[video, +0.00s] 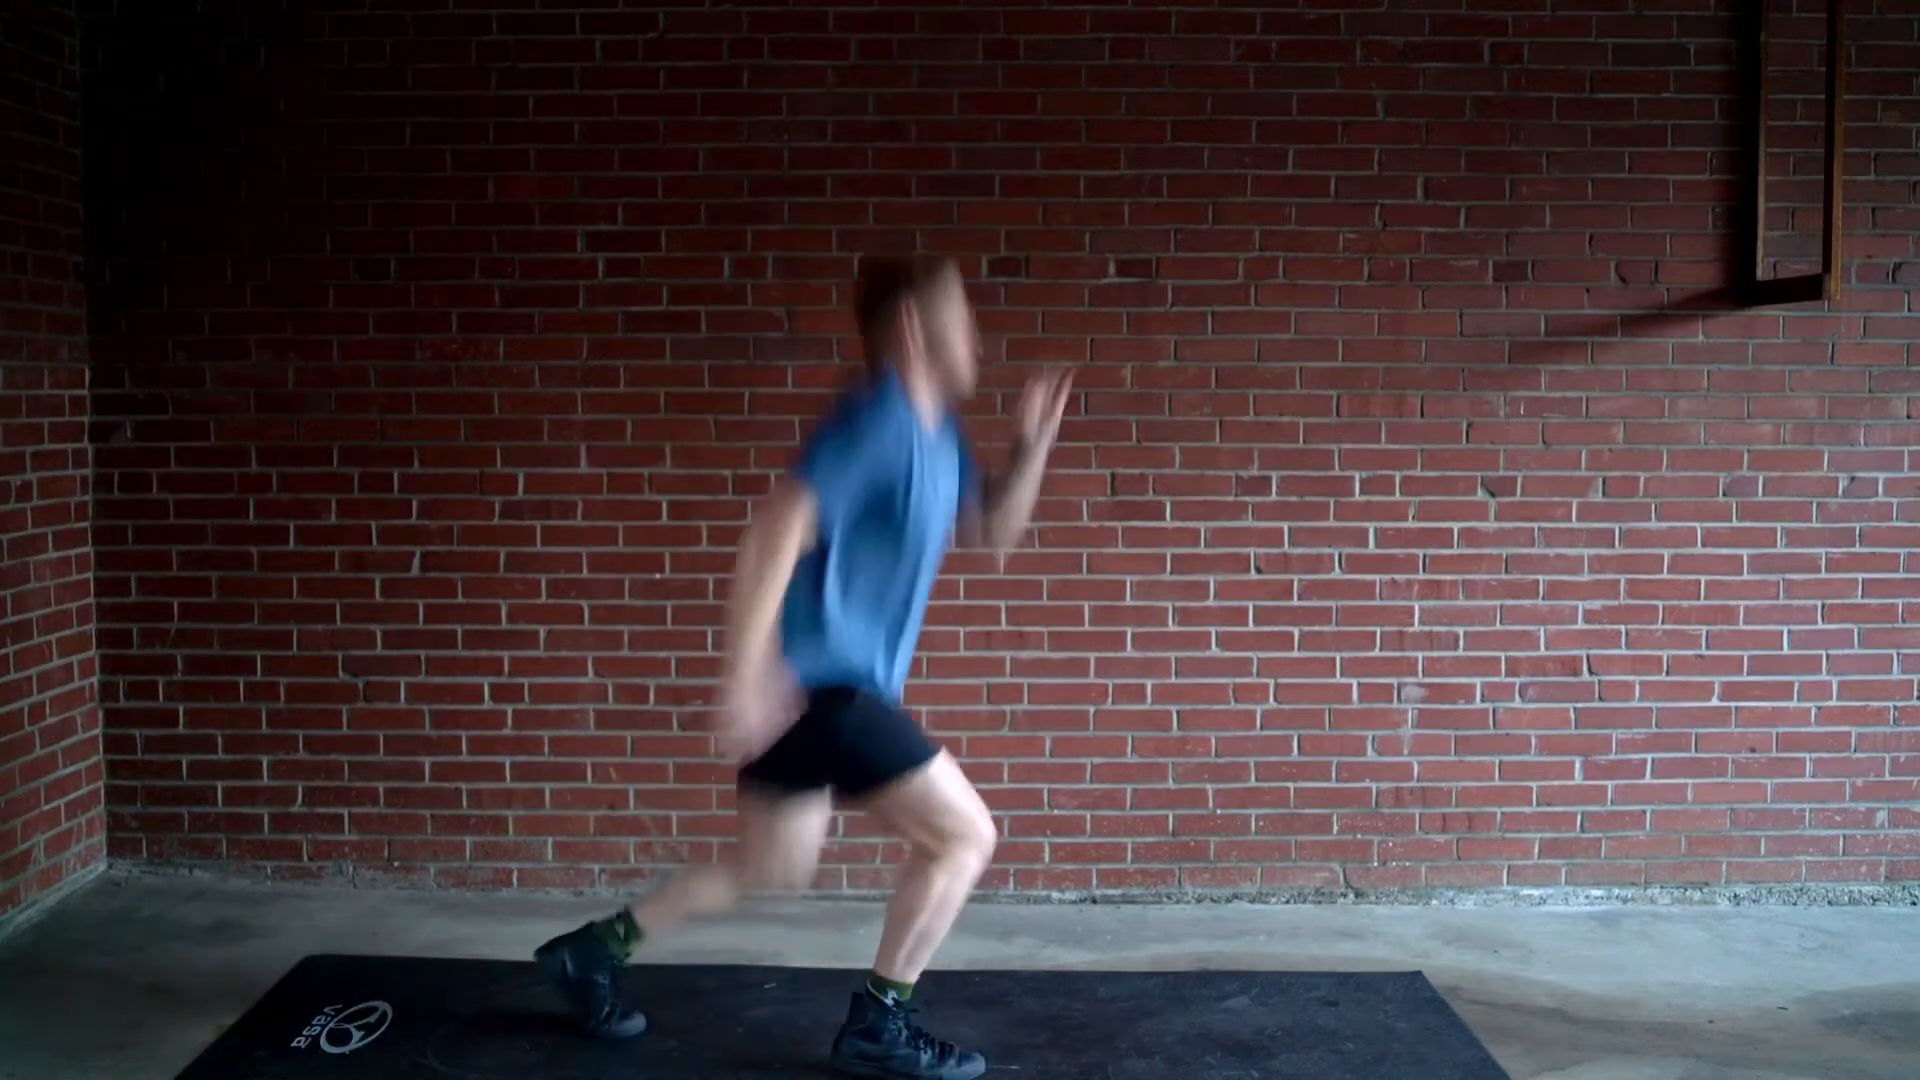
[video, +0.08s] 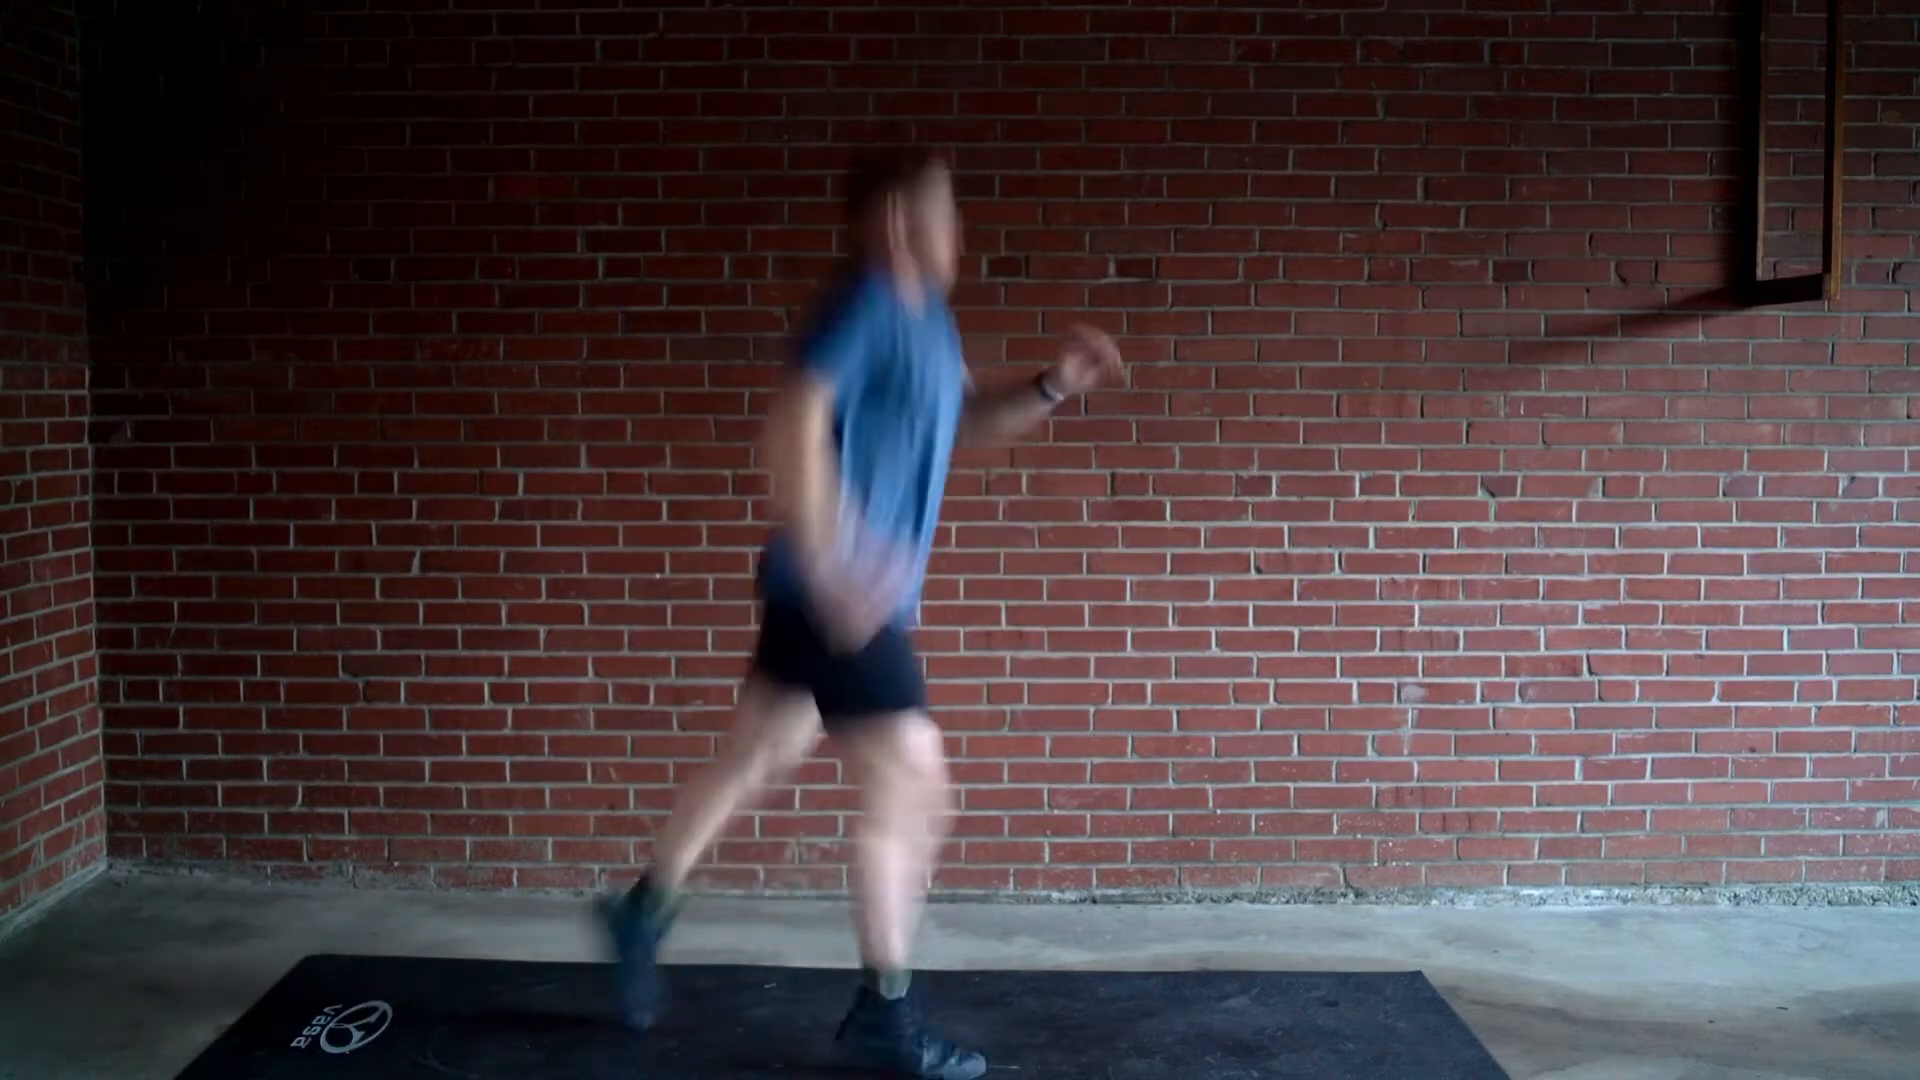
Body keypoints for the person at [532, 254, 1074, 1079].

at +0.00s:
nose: (973, 332)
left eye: (969, 314)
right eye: (958, 314)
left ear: (920, 324)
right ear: (909, 323)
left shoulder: (937, 430)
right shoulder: (877, 418)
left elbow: (995, 531)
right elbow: (778, 524)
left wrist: (1030, 448)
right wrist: (745, 672)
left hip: (826, 680)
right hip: (820, 682)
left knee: (774, 865)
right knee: (963, 835)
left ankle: (595, 949)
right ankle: (880, 1021)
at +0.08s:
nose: (952, 226)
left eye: (951, 209)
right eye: (936, 208)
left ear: (939, 223)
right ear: (890, 218)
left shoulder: (932, 320)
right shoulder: (864, 307)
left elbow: (955, 430)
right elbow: (794, 424)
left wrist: (1050, 391)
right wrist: (826, 564)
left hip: (849, 582)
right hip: (839, 583)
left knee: (756, 753)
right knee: (908, 782)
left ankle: (642, 910)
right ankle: (887, 1009)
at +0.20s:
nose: (958, 116)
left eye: (956, 98)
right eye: (944, 97)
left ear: (898, 105)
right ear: (893, 103)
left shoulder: (894, 199)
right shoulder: (877, 193)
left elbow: (885, 347)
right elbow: (852, 331)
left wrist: (949, 429)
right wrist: (990, 352)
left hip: (843, 466)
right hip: (851, 470)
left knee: (807, 672)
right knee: (850, 680)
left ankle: (759, 846)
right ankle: (795, 875)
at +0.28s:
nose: (968, 88)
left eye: (967, 71)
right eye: (957, 70)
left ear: (911, 74)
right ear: (906, 72)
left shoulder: (906, 166)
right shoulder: (879, 165)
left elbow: (915, 296)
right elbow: (917, 299)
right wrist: (1023, 249)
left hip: (879, 439)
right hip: (852, 441)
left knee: (868, 632)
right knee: (827, 651)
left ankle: (839, 829)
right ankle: (717, 831)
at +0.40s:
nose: (978, 105)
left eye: (976, 86)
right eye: (966, 86)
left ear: (910, 93)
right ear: (915, 89)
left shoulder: (865, 174)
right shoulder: (903, 175)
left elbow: (802, 298)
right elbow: (980, 299)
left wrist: (751, 399)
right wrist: (1032, 205)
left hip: (889, 454)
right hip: (860, 455)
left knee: (920, 646)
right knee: (801, 669)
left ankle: (916, 843)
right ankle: (649, 818)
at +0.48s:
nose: (988, 153)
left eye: (985, 133)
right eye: (976, 134)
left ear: (919, 141)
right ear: (928, 138)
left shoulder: (864, 228)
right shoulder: (918, 232)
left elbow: (778, 333)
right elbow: (994, 355)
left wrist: (723, 435)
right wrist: (1037, 253)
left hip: (891, 504)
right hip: (857, 506)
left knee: (946, 690)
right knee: (800, 717)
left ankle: (948, 883)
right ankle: (640, 857)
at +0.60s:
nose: (1003, 294)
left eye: (1001, 275)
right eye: (991, 275)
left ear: (935, 274)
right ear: (943, 271)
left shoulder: (873, 358)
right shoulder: (926, 365)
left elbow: (780, 452)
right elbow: (1003, 506)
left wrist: (736, 535)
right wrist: (1046, 392)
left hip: (896, 630)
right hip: (850, 634)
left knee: (988, 792)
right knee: (833, 859)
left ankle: (928, 976)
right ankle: (649, 963)